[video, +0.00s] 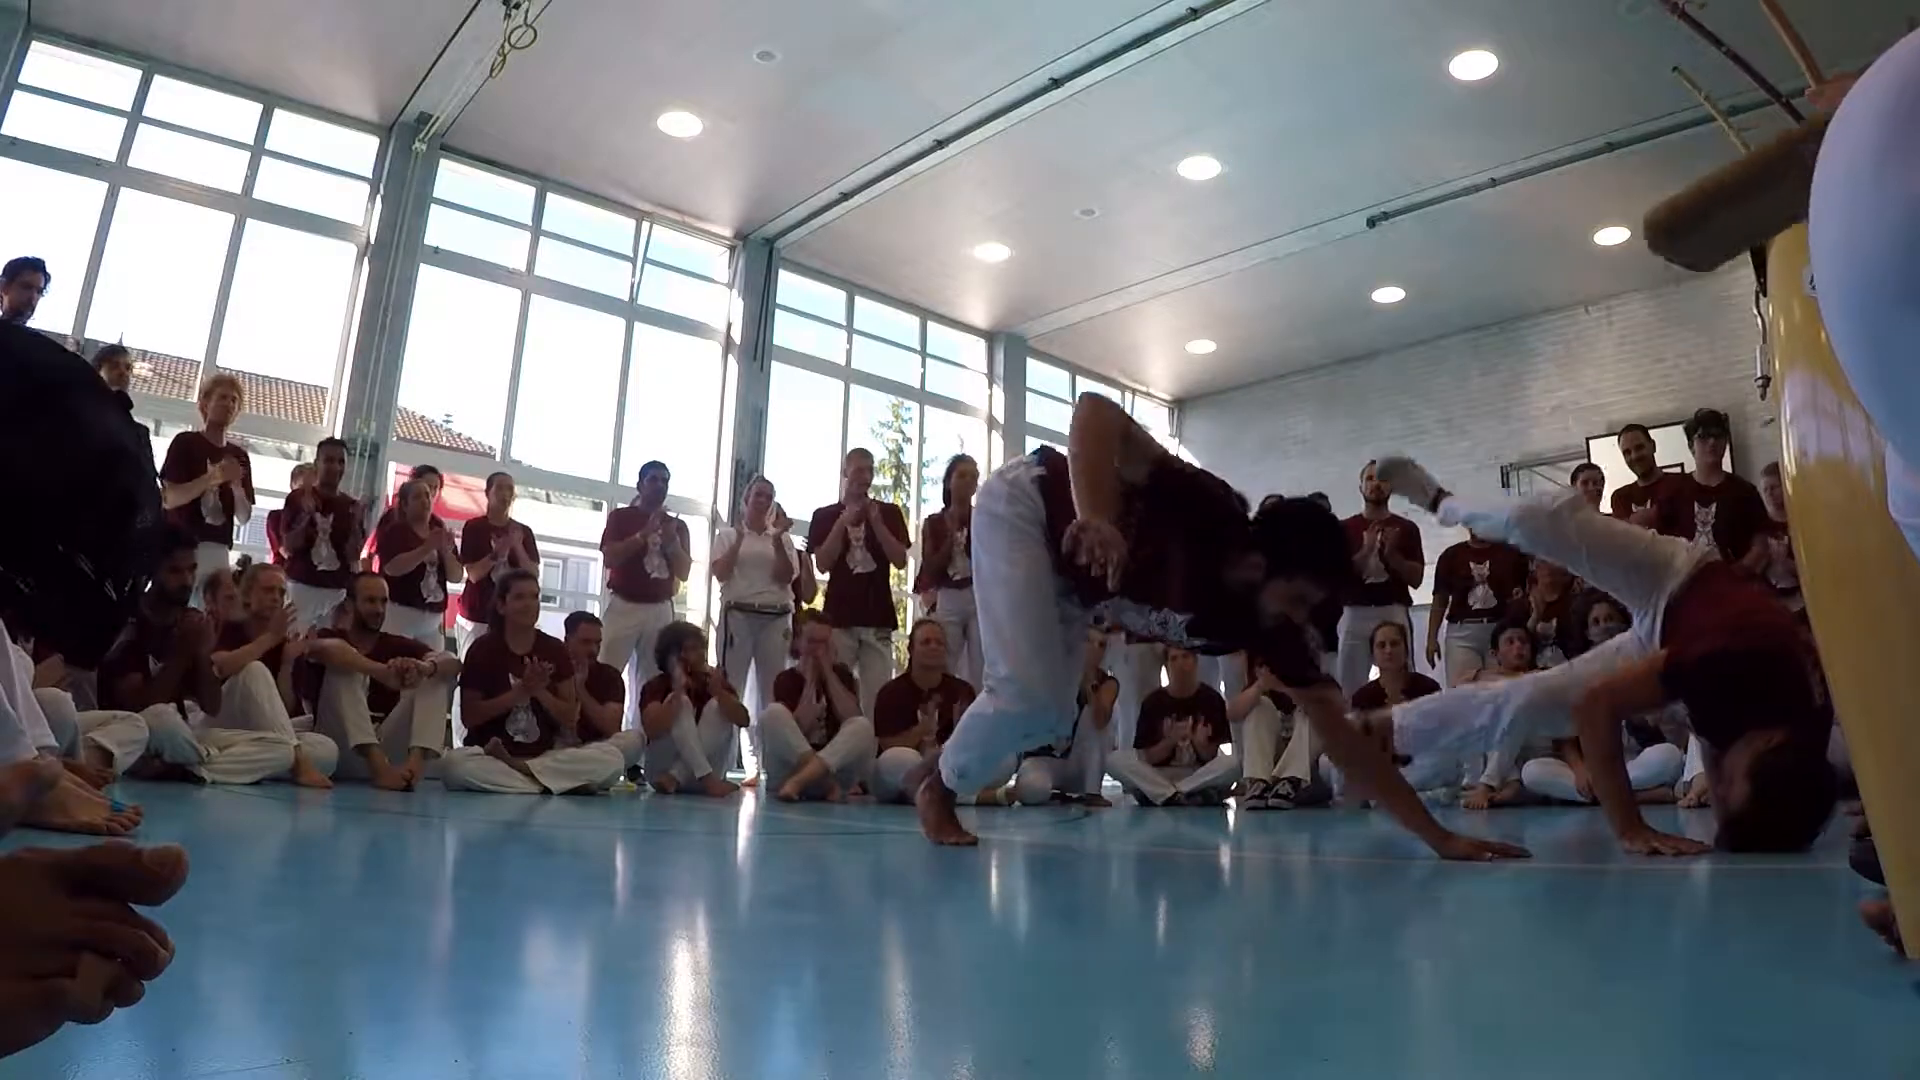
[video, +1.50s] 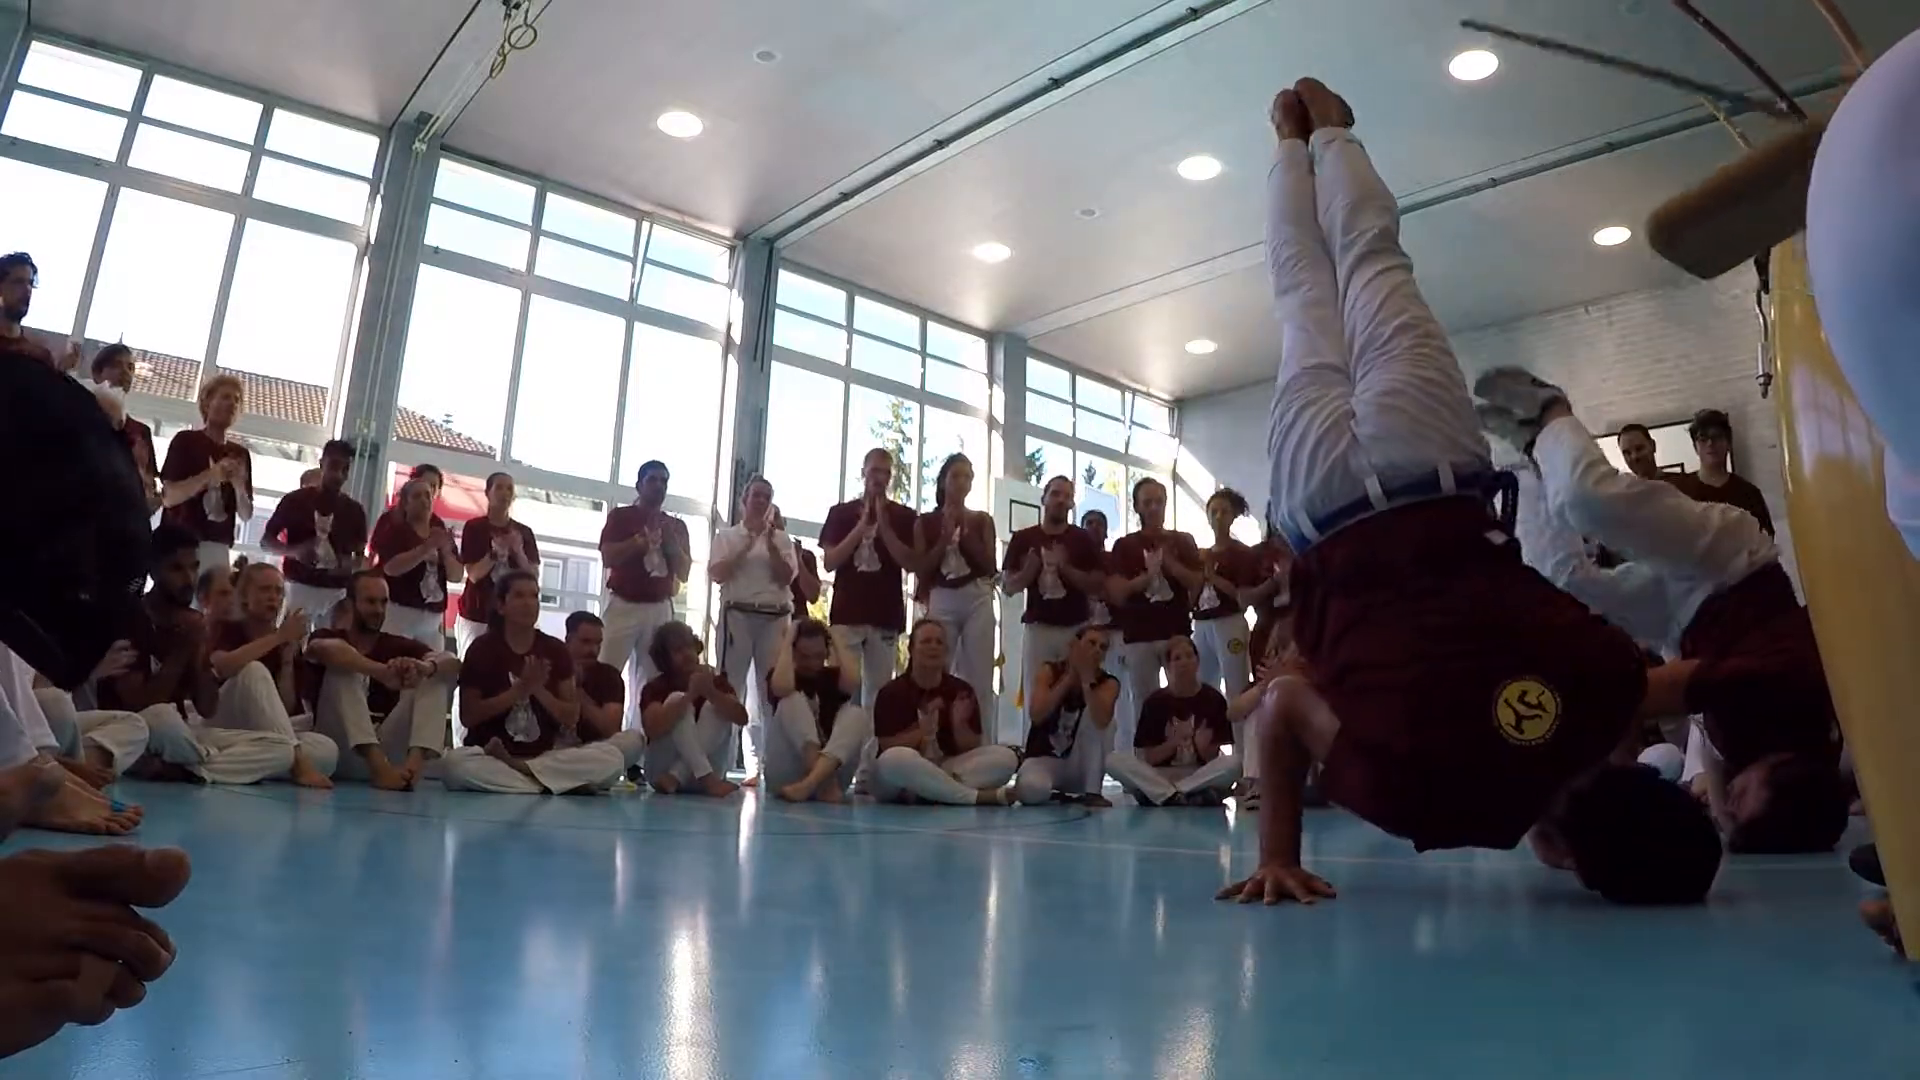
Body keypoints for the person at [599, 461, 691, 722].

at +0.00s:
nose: (659, 485)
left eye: (664, 481)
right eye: (653, 479)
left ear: (668, 487)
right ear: (640, 484)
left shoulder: (677, 525)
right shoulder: (619, 517)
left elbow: (684, 573)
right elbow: (611, 558)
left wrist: (672, 543)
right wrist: (643, 535)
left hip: (660, 609)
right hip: (622, 607)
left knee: (652, 686)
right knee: (606, 680)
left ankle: (647, 749)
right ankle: (599, 746)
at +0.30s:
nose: (658, 485)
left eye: (663, 481)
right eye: (652, 479)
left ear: (668, 487)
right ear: (639, 484)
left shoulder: (677, 525)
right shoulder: (619, 517)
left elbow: (684, 573)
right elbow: (609, 558)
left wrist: (669, 543)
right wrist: (645, 544)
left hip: (660, 609)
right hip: (622, 607)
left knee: (653, 684)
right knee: (607, 679)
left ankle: (645, 748)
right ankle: (600, 745)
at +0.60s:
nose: (658, 485)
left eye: (663, 481)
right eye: (652, 480)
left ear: (667, 487)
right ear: (639, 484)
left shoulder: (677, 525)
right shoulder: (619, 516)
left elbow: (684, 571)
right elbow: (609, 556)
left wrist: (670, 539)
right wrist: (645, 540)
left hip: (659, 610)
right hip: (622, 608)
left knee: (653, 685)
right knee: (606, 679)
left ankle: (647, 749)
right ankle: (600, 745)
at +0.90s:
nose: (658, 485)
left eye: (663, 481)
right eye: (652, 480)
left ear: (668, 487)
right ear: (639, 484)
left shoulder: (676, 525)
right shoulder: (619, 517)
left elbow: (684, 573)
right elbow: (610, 557)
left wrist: (673, 548)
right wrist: (643, 535)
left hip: (659, 610)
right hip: (622, 608)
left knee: (653, 685)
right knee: (606, 680)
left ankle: (646, 749)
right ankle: (598, 745)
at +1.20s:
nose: (658, 485)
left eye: (663, 481)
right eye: (652, 480)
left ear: (667, 487)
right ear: (639, 484)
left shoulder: (676, 525)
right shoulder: (619, 516)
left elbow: (683, 573)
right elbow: (610, 557)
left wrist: (672, 543)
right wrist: (643, 534)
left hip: (659, 609)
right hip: (622, 607)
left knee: (652, 685)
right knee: (606, 680)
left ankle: (644, 749)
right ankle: (599, 745)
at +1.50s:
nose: (658, 485)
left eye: (663, 481)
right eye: (652, 479)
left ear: (667, 487)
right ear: (639, 484)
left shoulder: (676, 525)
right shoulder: (619, 516)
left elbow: (684, 574)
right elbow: (609, 557)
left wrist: (671, 546)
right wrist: (640, 542)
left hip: (659, 609)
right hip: (622, 607)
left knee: (652, 685)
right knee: (606, 679)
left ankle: (644, 748)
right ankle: (598, 745)